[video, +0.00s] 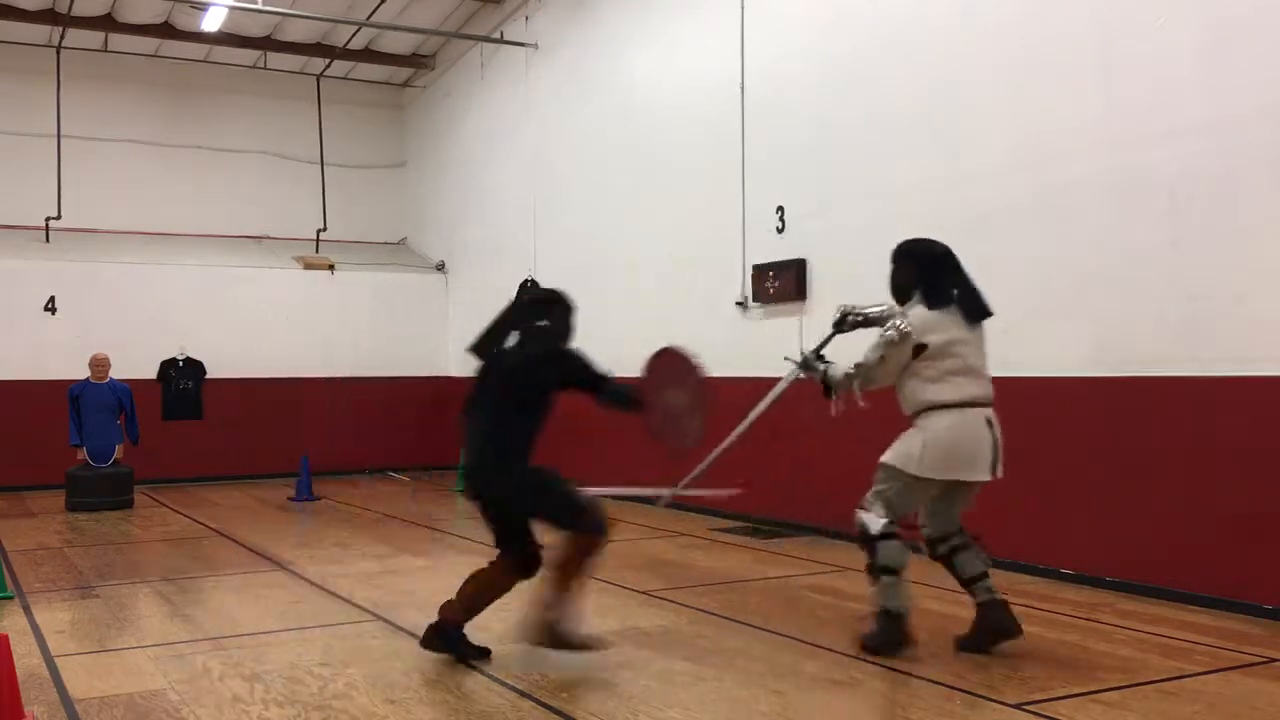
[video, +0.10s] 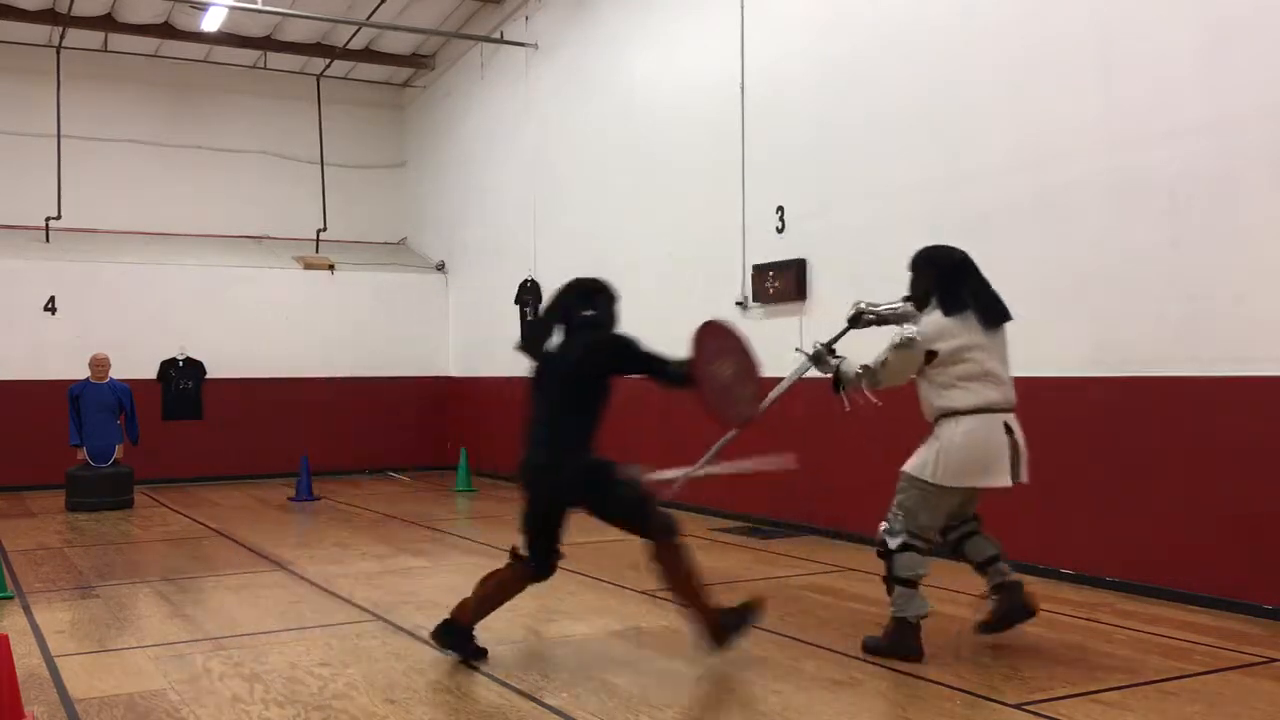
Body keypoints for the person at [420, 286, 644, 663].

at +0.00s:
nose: (567, 331)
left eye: (565, 324)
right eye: (564, 324)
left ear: (526, 323)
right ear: (558, 326)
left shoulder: (501, 356)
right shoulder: (555, 360)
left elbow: (472, 412)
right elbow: (605, 389)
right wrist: (644, 398)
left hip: (482, 476)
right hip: (513, 476)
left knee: (519, 559)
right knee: (589, 524)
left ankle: (446, 627)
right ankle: (550, 624)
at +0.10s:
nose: (614, 315)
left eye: (610, 307)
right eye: (610, 308)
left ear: (569, 314)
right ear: (600, 312)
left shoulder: (553, 352)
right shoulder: (607, 347)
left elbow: (529, 338)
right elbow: (671, 373)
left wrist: (551, 305)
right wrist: (707, 367)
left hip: (542, 471)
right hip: (577, 470)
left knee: (536, 562)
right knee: (660, 528)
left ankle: (457, 625)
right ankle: (711, 621)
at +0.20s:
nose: (659, 318)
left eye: (650, 312)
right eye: (654, 311)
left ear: (615, 322)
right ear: (650, 315)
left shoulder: (613, 366)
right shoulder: (661, 348)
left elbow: (646, 438)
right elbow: (725, 365)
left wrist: (713, 440)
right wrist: (761, 355)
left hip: (613, 483)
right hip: (652, 481)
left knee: (576, 573)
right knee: (730, 534)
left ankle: (486, 626)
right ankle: (765, 634)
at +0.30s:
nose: (710, 319)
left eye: (706, 313)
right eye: (705, 313)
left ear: (663, 322)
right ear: (699, 319)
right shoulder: (713, 352)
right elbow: (778, 367)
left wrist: (759, 399)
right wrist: (812, 359)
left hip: (664, 485)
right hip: (702, 484)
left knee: (629, 580)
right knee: (777, 536)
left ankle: (540, 635)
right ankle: (769, 636)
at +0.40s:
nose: (759, 309)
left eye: (752, 304)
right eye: (754, 304)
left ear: (710, 312)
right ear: (751, 310)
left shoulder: (702, 348)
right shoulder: (767, 349)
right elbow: (826, 365)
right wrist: (868, 369)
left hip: (703, 478)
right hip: (740, 479)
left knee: (655, 569)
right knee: (804, 542)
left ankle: (573, 635)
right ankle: (769, 637)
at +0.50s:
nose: (805, 297)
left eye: (801, 288)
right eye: (800, 290)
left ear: (755, 296)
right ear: (793, 296)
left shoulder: (745, 331)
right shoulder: (804, 332)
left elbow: (790, 342)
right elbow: (861, 367)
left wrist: (813, 309)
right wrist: (886, 372)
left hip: (731, 460)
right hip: (772, 465)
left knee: (697, 549)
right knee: (815, 546)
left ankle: (628, 621)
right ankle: (769, 636)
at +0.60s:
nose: (836, 273)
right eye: (831, 267)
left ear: (785, 272)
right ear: (825, 274)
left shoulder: (773, 306)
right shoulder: (841, 315)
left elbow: (800, 283)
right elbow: (880, 367)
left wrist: (842, 276)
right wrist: (888, 378)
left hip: (764, 439)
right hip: (810, 443)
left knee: (750, 531)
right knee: (838, 535)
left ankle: (722, 621)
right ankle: (786, 621)